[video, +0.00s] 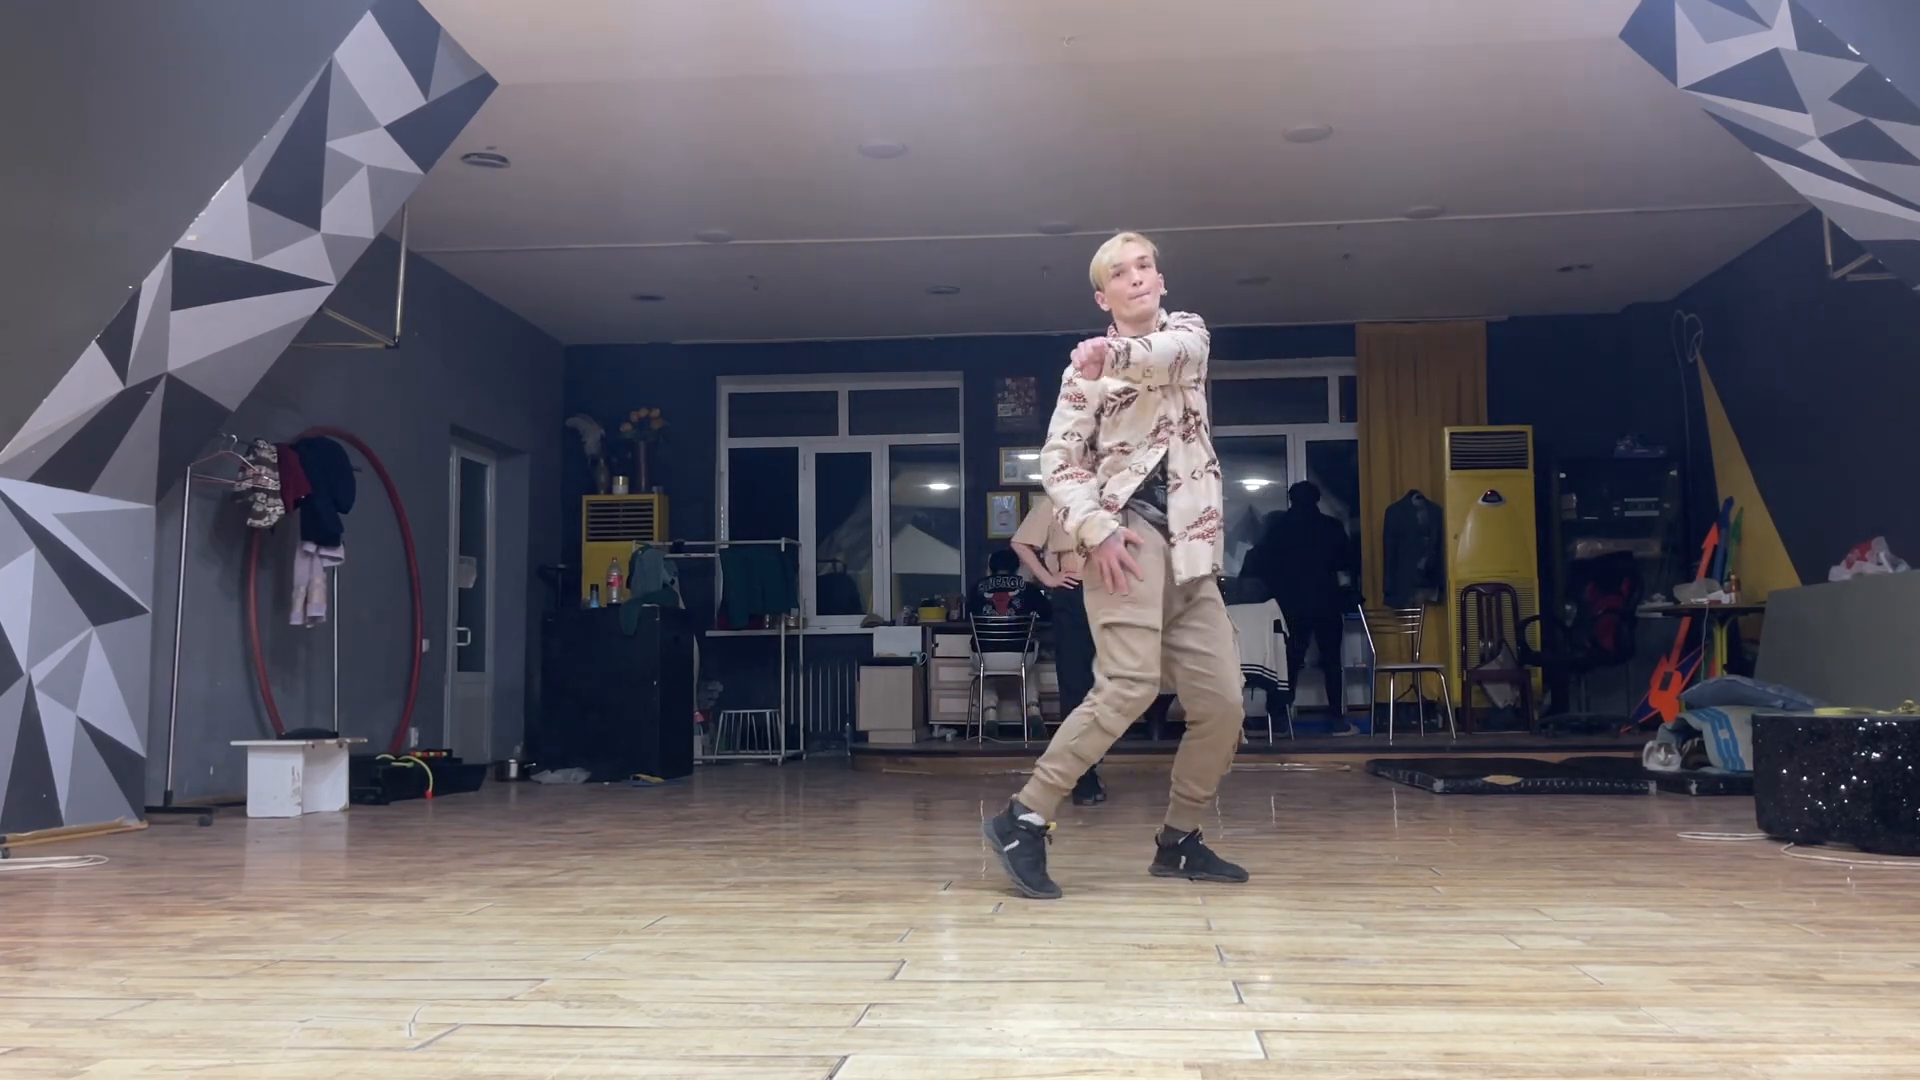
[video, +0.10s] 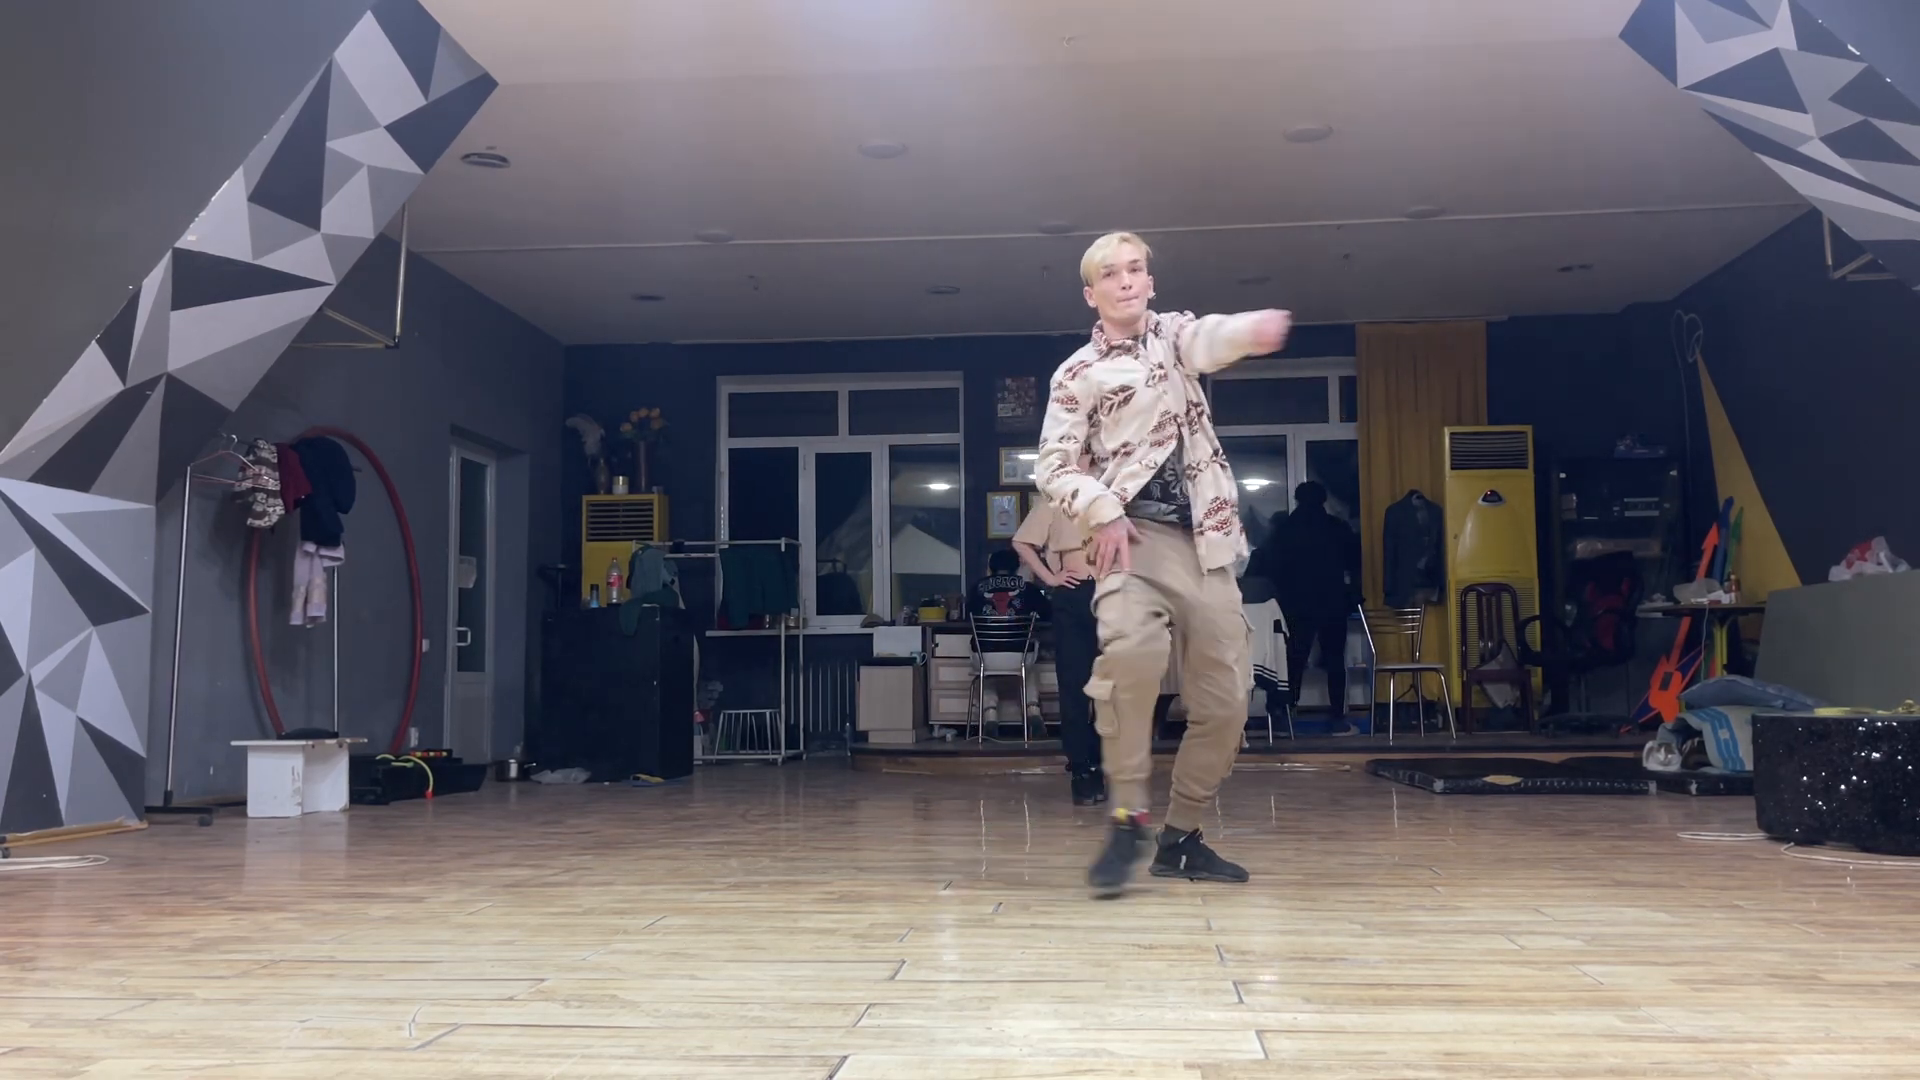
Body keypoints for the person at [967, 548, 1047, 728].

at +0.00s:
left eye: (987, 566)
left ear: (990, 568)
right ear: (1016, 568)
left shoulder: (978, 588)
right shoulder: (1028, 588)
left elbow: (967, 616)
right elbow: (1047, 615)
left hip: (985, 655)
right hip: (1019, 655)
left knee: (986, 674)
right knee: (1030, 663)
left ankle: (990, 712)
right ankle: (1032, 708)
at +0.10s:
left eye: (988, 566)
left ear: (990, 568)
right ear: (1017, 567)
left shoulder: (978, 588)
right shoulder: (1028, 588)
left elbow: (968, 616)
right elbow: (1047, 614)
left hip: (985, 655)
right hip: (1020, 654)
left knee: (985, 673)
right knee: (1030, 664)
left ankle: (990, 713)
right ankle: (1032, 707)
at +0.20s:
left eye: (987, 567)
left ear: (990, 568)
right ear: (1017, 568)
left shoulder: (978, 588)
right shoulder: (1029, 588)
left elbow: (968, 617)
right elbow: (1048, 615)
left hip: (986, 655)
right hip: (1019, 655)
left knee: (985, 674)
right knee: (1030, 664)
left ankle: (990, 713)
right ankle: (1032, 706)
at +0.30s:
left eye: (988, 567)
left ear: (990, 569)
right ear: (1017, 568)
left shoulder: (977, 587)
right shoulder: (1028, 588)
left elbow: (968, 616)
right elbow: (1050, 615)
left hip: (985, 654)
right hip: (1019, 654)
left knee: (985, 674)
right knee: (1031, 667)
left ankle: (990, 712)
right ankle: (1033, 707)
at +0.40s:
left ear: (991, 568)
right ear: (1017, 567)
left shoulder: (978, 587)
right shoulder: (1028, 588)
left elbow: (969, 616)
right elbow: (1051, 615)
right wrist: (1030, 616)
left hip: (986, 655)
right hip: (1020, 655)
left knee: (986, 674)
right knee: (1030, 668)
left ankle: (990, 713)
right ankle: (1033, 706)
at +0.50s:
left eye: (989, 567)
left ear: (991, 568)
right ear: (1017, 568)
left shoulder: (978, 587)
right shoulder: (1028, 588)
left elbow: (969, 616)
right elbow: (1052, 615)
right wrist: (1030, 615)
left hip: (985, 655)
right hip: (1020, 655)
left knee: (985, 675)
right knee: (1030, 668)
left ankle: (990, 714)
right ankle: (1033, 706)